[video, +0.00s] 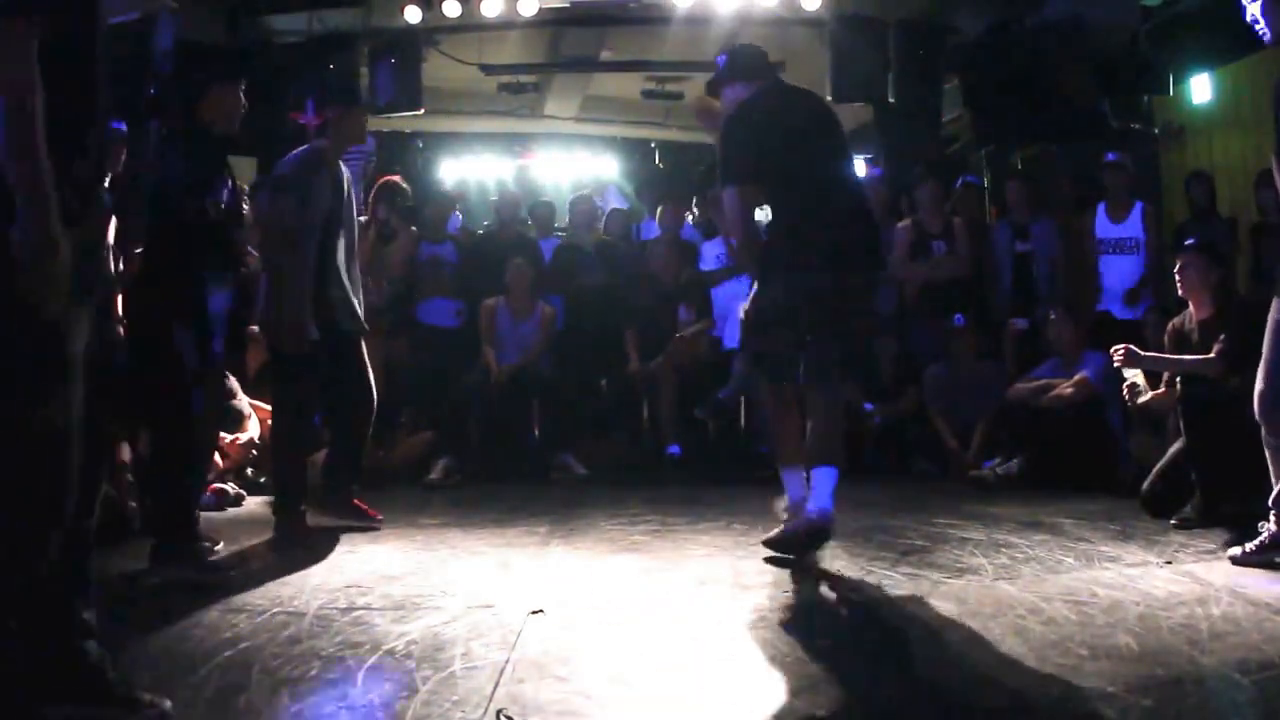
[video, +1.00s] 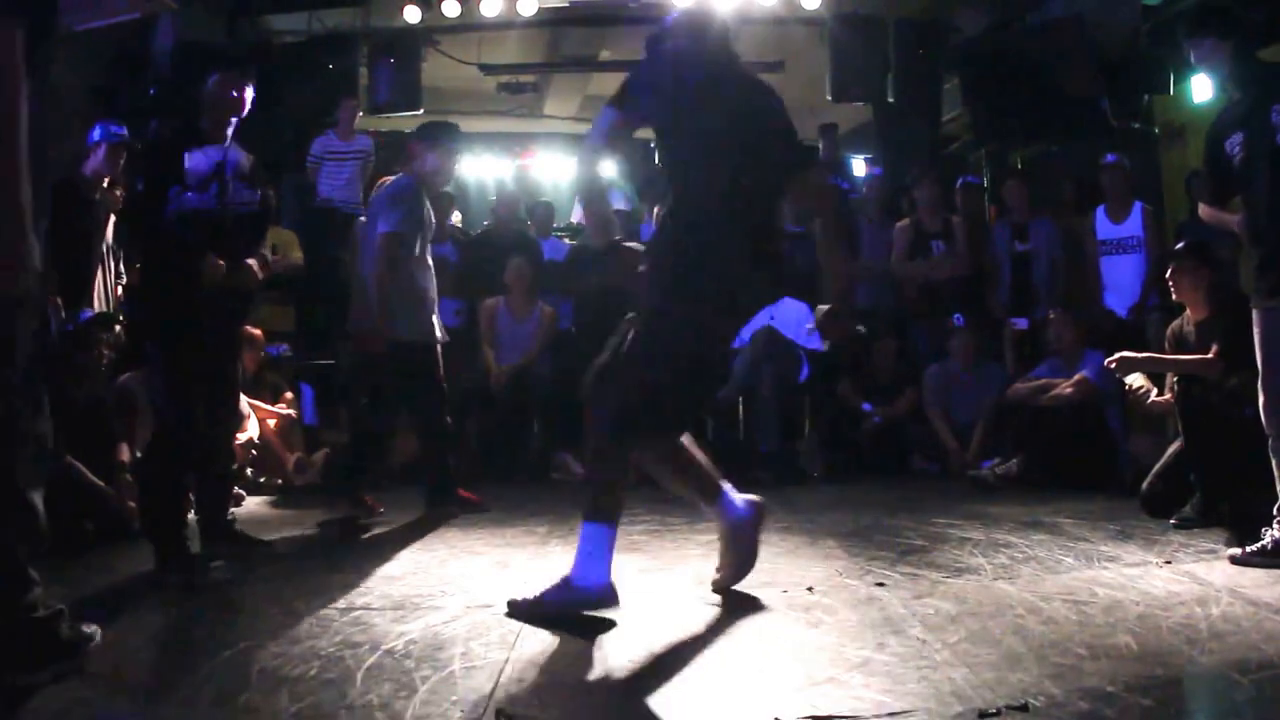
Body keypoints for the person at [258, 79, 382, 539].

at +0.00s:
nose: (362, 134)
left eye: (363, 125)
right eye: (357, 124)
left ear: (344, 124)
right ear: (332, 120)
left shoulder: (339, 173)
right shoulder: (298, 170)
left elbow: (340, 249)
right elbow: (288, 249)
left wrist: (354, 307)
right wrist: (293, 317)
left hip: (339, 315)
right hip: (300, 316)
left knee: (359, 402)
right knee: (294, 416)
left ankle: (339, 493)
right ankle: (290, 514)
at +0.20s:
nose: (373, 150)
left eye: (376, 142)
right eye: (369, 140)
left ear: (355, 135)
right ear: (348, 130)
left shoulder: (336, 176)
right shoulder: (321, 176)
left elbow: (334, 253)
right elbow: (322, 256)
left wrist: (343, 311)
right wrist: (340, 315)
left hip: (327, 316)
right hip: (306, 317)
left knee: (340, 409)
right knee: (303, 415)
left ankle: (341, 496)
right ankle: (290, 517)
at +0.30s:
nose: (384, 161)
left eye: (387, 153)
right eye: (384, 151)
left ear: (357, 139)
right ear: (369, 141)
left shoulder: (321, 172)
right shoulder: (343, 168)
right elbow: (350, 234)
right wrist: (382, 292)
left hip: (315, 305)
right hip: (318, 306)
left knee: (336, 407)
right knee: (313, 411)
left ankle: (337, 496)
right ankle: (290, 518)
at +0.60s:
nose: (411, 170)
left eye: (412, 163)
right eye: (410, 161)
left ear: (380, 149)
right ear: (393, 152)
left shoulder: (335, 185)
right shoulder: (375, 174)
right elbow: (374, 227)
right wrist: (415, 280)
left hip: (332, 309)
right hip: (362, 309)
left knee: (340, 406)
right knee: (372, 403)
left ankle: (343, 491)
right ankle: (341, 493)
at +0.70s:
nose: (414, 167)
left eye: (415, 158)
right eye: (411, 157)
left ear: (381, 149)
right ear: (394, 152)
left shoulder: (348, 183)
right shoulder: (381, 177)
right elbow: (379, 232)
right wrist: (398, 300)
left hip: (340, 313)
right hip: (372, 314)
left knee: (343, 409)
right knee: (393, 403)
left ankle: (342, 496)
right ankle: (381, 488)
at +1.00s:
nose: (452, 166)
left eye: (454, 157)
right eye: (447, 155)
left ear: (424, 154)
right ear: (420, 151)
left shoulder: (393, 191)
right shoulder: (406, 193)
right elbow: (387, 255)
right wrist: (385, 318)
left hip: (394, 325)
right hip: (410, 327)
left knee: (378, 412)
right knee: (434, 413)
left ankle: (355, 486)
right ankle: (442, 489)